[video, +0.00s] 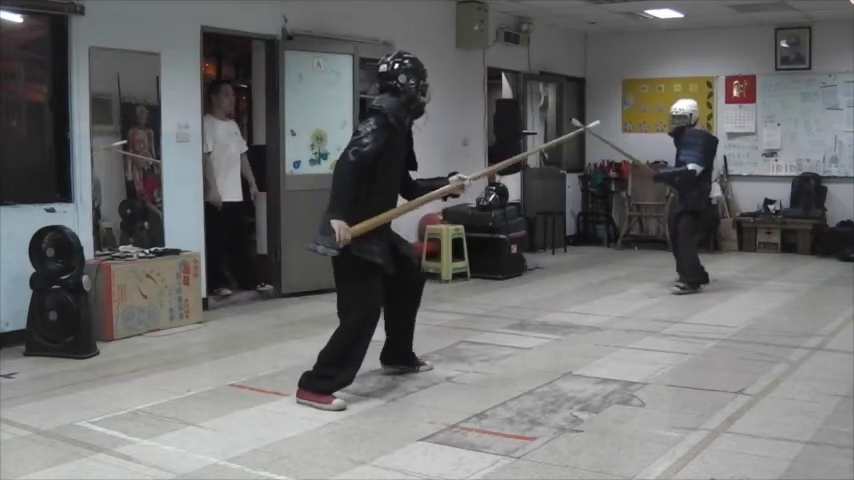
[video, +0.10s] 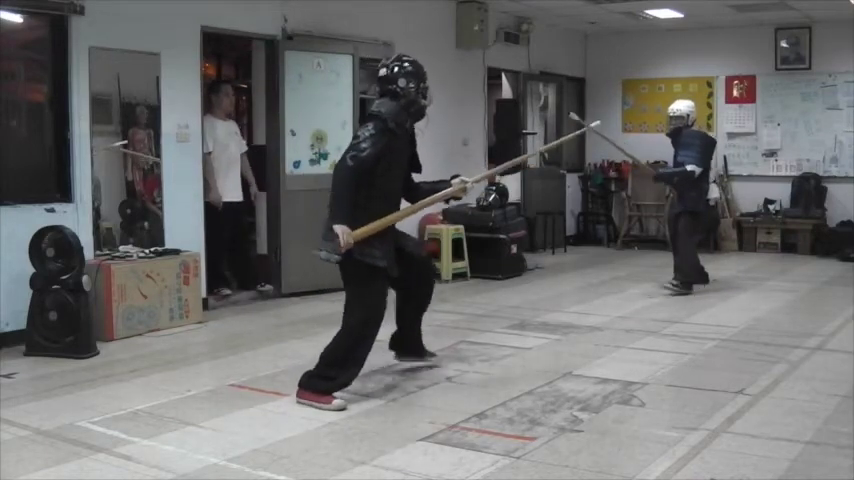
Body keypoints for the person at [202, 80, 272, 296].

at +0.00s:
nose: (232, 99)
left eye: (232, 96)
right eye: (227, 96)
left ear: (231, 99)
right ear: (214, 98)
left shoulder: (232, 125)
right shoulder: (206, 123)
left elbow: (242, 157)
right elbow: (205, 158)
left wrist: (252, 183)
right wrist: (212, 188)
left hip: (237, 196)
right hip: (216, 197)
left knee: (241, 242)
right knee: (217, 244)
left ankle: (250, 281)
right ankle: (217, 285)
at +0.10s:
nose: (232, 100)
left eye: (232, 96)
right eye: (227, 95)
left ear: (232, 99)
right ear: (214, 98)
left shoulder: (232, 126)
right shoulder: (206, 123)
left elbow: (242, 157)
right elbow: (205, 158)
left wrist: (252, 183)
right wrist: (213, 188)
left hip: (237, 196)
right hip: (216, 197)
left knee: (241, 242)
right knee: (217, 244)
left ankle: (250, 281)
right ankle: (217, 285)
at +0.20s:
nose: (232, 100)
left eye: (232, 96)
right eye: (227, 95)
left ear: (232, 99)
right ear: (214, 98)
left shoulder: (232, 125)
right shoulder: (206, 123)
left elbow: (242, 157)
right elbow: (205, 159)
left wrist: (252, 183)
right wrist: (214, 188)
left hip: (237, 196)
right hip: (215, 197)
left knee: (241, 242)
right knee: (217, 244)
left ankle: (250, 281)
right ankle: (217, 285)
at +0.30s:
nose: (232, 99)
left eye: (232, 95)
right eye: (227, 95)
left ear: (232, 99)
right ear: (214, 98)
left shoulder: (232, 125)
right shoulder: (206, 123)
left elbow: (242, 156)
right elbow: (207, 157)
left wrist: (252, 183)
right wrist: (217, 186)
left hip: (237, 196)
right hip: (215, 197)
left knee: (241, 241)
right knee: (217, 244)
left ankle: (249, 280)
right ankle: (217, 284)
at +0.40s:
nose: (232, 99)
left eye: (232, 95)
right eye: (227, 95)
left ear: (232, 99)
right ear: (214, 98)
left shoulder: (232, 125)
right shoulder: (206, 123)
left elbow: (242, 156)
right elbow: (207, 158)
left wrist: (252, 183)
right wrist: (221, 187)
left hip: (237, 196)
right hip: (214, 198)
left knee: (241, 241)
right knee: (217, 244)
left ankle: (249, 280)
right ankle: (217, 285)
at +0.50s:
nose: (232, 99)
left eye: (232, 95)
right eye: (227, 95)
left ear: (231, 99)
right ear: (214, 98)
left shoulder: (232, 125)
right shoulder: (206, 123)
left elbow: (243, 156)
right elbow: (207, 158)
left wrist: (252, 183)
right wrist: (222, 187)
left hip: (237, 196)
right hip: (214, 198)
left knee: (241, 241)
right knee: (217, 244)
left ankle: (249, 280)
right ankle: (217, 285)